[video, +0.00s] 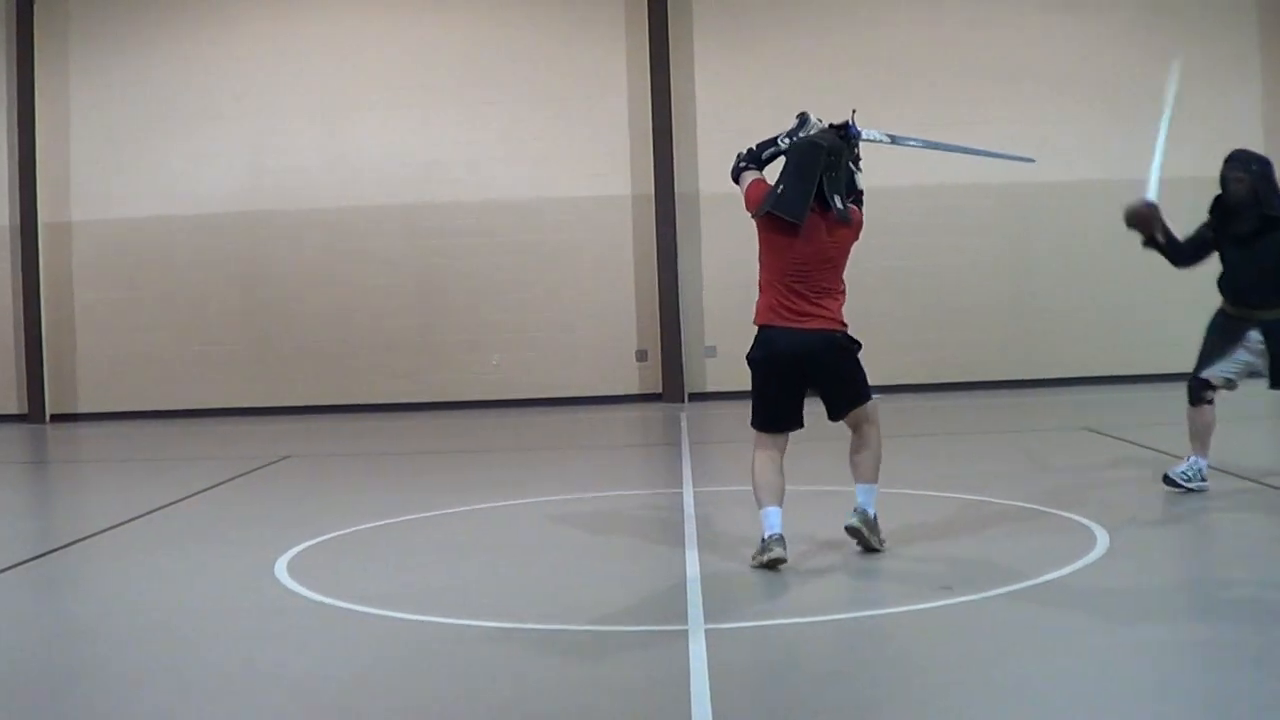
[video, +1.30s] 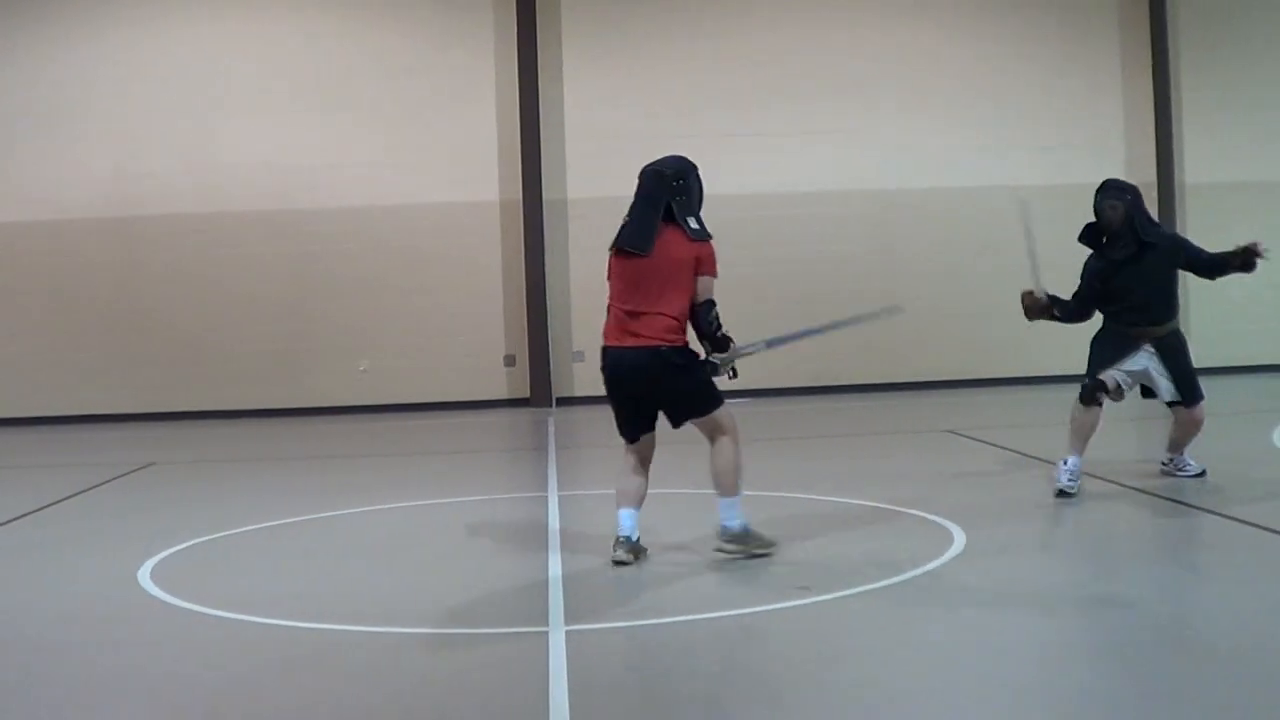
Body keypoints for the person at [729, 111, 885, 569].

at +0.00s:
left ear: (794, 174)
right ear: (838, 180)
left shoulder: (768, 207)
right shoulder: (847, 222)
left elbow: (745, 167)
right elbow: (850, 192)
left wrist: (787, 142)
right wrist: (845, 156)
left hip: (774, 342)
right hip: (829, 342)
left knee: (769, 445)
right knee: (864, 425)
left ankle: (772, 536)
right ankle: (865, 510)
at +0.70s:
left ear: (760, 187)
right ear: (803, 193)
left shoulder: (737, 218)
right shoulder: (813, 235)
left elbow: (714, 192)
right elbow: (825, 220)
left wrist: (750, 176)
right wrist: (817, 185)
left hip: (735, 343)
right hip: (789, 346)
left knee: (717, 439)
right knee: (818, 436)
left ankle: (709, 527)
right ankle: (832, 517)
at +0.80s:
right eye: (802, 189)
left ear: (756, 191)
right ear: (799, 195)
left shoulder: (733, 223)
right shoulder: (809, 240)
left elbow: (719, 199)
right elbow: (817, 266)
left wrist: (753, 194)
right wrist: (820, 219)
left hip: (731, 347)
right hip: (785, 350)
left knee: (708, 441)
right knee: (815, 435)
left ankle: (707, 520)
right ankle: (828, 516)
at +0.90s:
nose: (802, 199)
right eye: (800, 193)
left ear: (749, 194)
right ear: (795, 199)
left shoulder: (728, 232)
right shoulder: (804, 250)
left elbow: (714, 230)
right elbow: (803, 300)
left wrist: (750, 207)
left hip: (726, 353)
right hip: (779, 356)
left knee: (701, 442)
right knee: (812, 434)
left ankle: (689, 512)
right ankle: (828, 518)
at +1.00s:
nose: (790, 207)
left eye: (786, 201)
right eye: (787, 202)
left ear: (736, 203)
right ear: (782, 208)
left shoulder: (715, 247)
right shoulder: (795, 261)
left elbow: (690, 283)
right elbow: (789, 320)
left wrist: (730, 290)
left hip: (717, 364)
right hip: (771, 366)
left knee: (694, 451)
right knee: (809, 434)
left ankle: (661, 511)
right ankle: (828, 516)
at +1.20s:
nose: (727, 204)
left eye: (725, 197)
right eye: (723, 197)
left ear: (674, 200)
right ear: (715, 202)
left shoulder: (651, 247)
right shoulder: (729, 253)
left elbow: (632, 314)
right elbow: (734, 323)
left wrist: (665, 327)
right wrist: (741, 356)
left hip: (654, 370)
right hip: (706, 369)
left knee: (659, 461)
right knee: (757, 446)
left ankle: (638, 534)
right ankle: (801, 517)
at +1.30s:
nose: (698, 200)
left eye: (695, 192)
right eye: (694, 193)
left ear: (645, 193)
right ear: (685, 195)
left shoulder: (623, 238)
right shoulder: (697, 243)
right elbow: (703, 314)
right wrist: (721, 346)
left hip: (618, 361)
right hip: (669, 358)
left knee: (637, 452)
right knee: (722, 431)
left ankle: (625, 537)